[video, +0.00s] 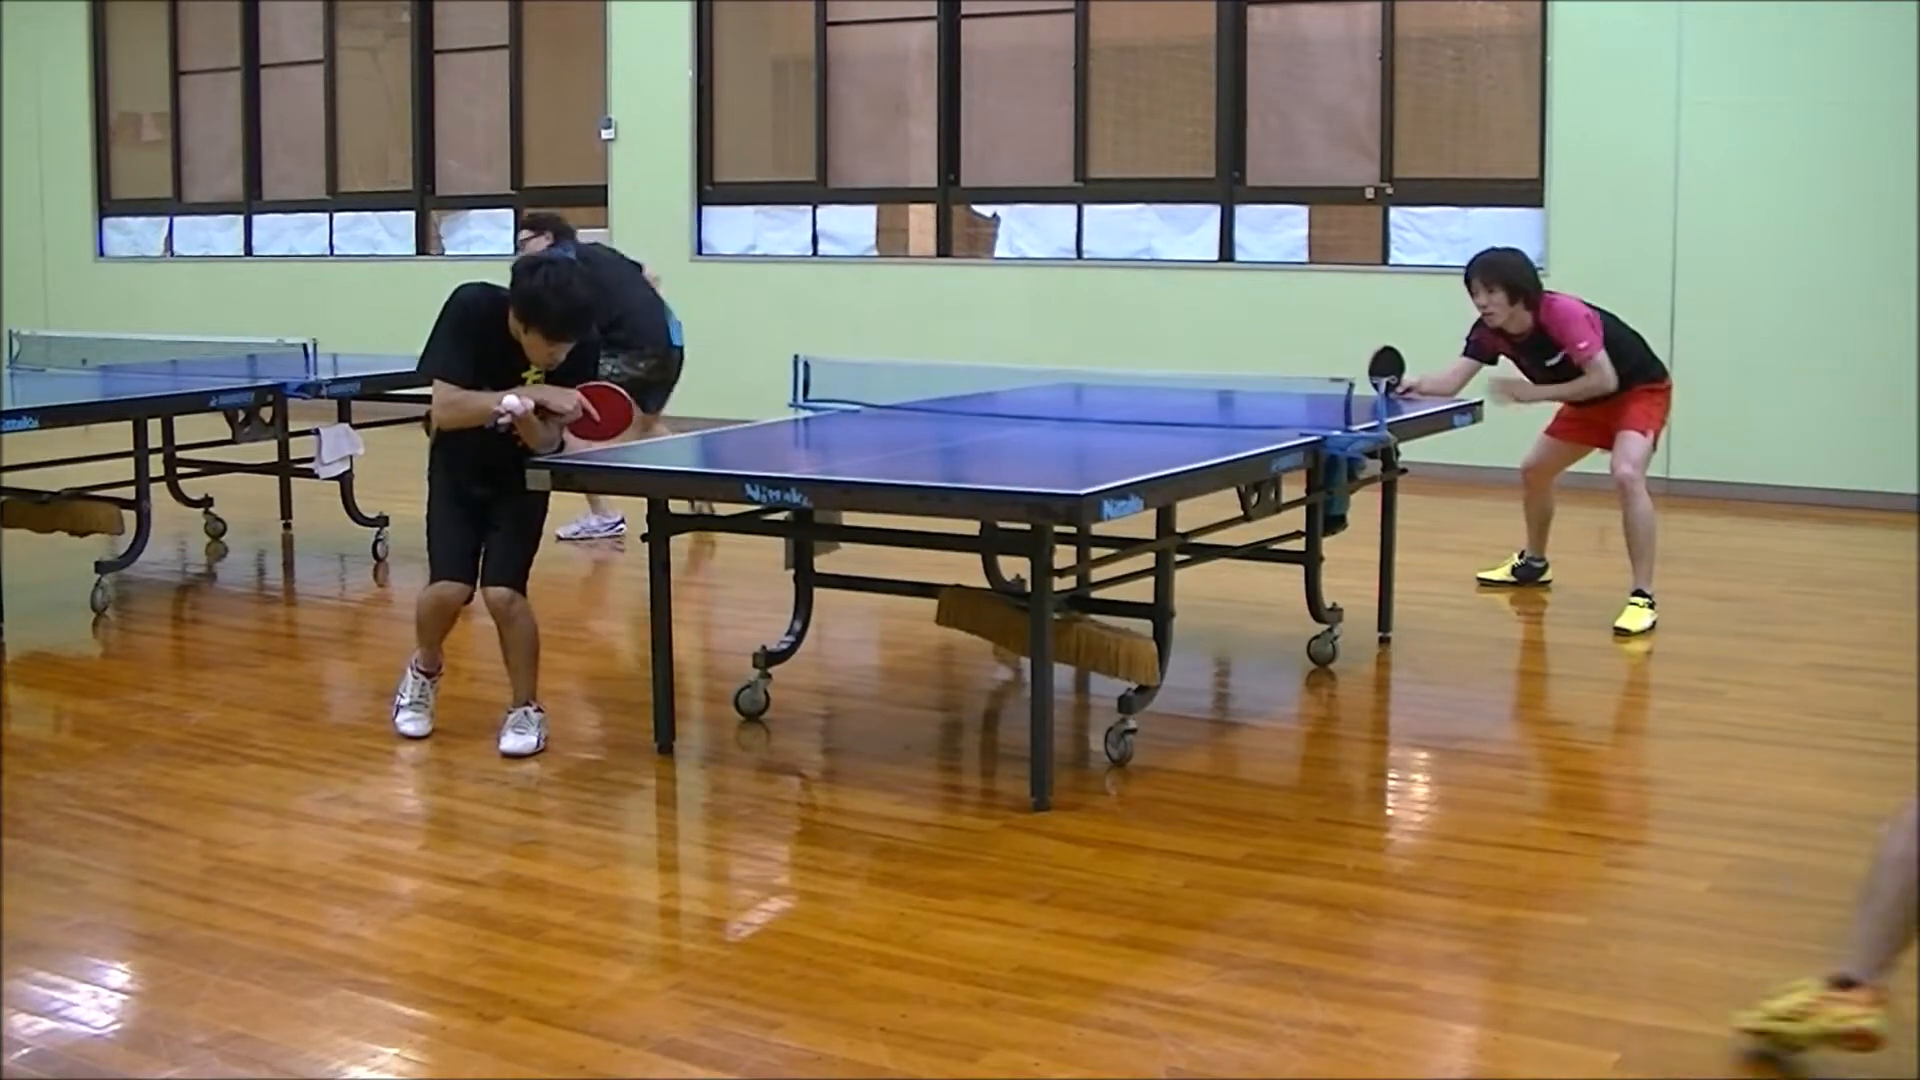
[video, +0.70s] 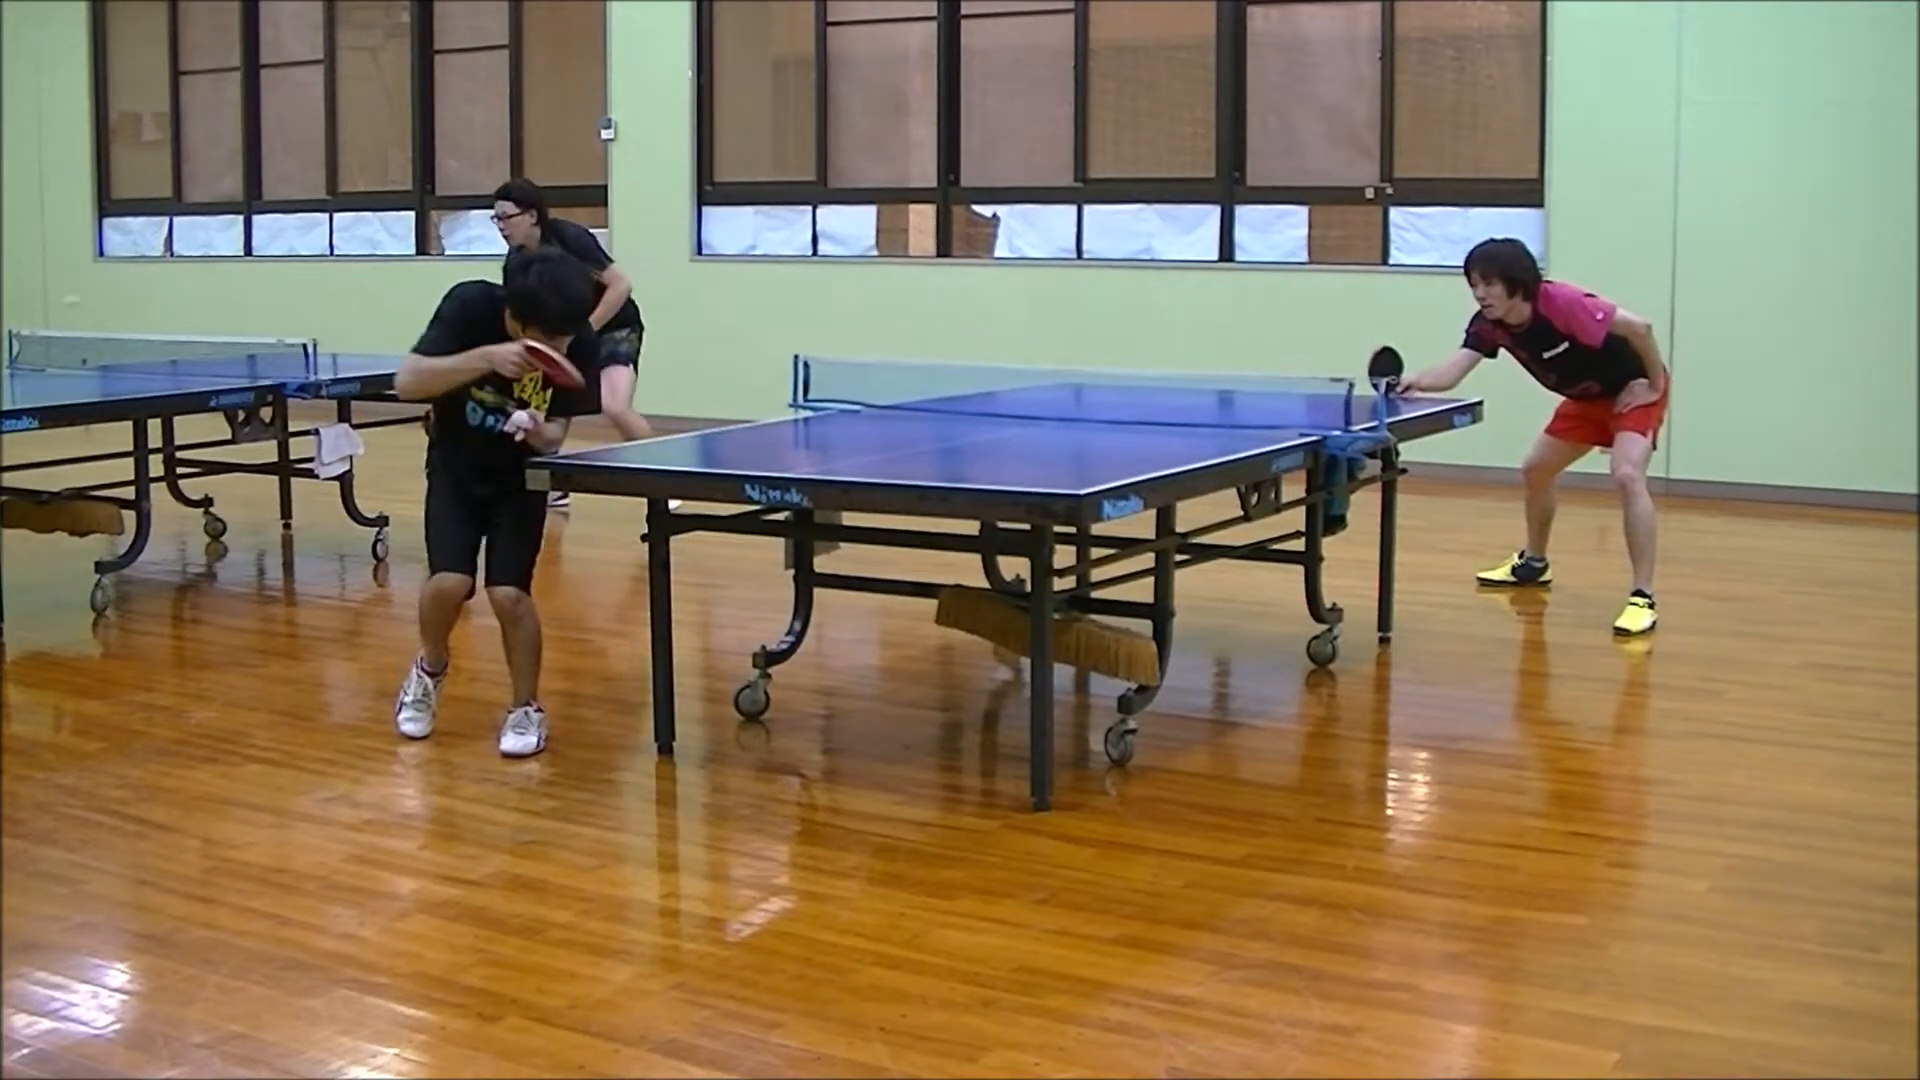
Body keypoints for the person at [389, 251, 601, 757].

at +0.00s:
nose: (555, 357)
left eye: (566, 347)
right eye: (546, 345)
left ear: (580, 330)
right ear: (515, 319)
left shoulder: (581, 342)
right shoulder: (470, 307)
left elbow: (551, 440)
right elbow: (443, 411)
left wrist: (526, 417)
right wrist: (532, 394)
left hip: (523, 467)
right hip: (457, 459)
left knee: (503, 593)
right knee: (451, 590)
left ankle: (525, 709)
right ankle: (424, 670)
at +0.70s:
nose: (545, 349)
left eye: (558, 340)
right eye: (537, 337)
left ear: (575, 324)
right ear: (512, 313)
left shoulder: (579, 344)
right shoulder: (468, 304)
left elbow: (557, 430)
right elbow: (407, 384)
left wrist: (539, 434)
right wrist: (486, 358)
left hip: (522, 470)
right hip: (455, 460)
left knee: (507, 594)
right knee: (450, 585)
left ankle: (525, 709)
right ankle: (429, 670)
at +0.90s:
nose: (548, 345)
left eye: (554, 334)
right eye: (537, 334)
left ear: (563, 319)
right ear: (503, 316)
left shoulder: (565, 345)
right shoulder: (457, 303)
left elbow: (550, 436)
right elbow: (346, 314)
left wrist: (531, 432)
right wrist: (378, 310)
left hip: (513, 475)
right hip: (448, 465)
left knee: (508, 598)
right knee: (418, 580)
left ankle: (525, 709)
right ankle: (406, 653)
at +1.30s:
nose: (444, 295)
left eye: (449, 280)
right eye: (428, 286)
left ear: (458, 267)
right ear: (393, 278)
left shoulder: (475, 312)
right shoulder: (365, 275)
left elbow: (491, 407)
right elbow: (337, 289)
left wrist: (509, 488)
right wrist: (298, 334)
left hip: (451, 461)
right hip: (379, 458)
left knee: (473, 579)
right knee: (351, 597)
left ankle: (521, 706)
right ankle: (336, 694)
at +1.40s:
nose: (421, 277)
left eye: (427, 262)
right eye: (407, 268)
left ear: (435, 248)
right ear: (371, 263)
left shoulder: (452, 288)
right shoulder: (338, 266)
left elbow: (488, 373)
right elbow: (317, 297)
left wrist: (518, 431)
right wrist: (297, 339)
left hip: (437, 450)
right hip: (363, 450)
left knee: (471, 571)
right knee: (341, 590)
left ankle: (496, 691)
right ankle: (335, 694)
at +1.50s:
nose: (417, 261)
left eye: (420, 246)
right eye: (402, 253)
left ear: (426, 230)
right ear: (364, 249)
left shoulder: (442, 261)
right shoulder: (326, 252)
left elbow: (485, 326)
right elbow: (294, 294)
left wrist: (513, 352)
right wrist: (298, 338)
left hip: (424, 429)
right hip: (352, 430)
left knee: (459, 569)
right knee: (339, 580)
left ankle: (451, 668)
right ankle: (333, 693)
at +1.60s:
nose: (421, 243)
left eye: (425, 229)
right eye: (407, 235)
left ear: (431, 215)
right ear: (368, 231)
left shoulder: (447, 251)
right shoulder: (325, 237)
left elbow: (504, 313)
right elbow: (276, 307)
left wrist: (541, 343)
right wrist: (300, 288)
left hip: (418, 426)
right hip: (345, 428)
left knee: (452, 563)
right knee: (338, 574)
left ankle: (430, 677)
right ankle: (333, 692)